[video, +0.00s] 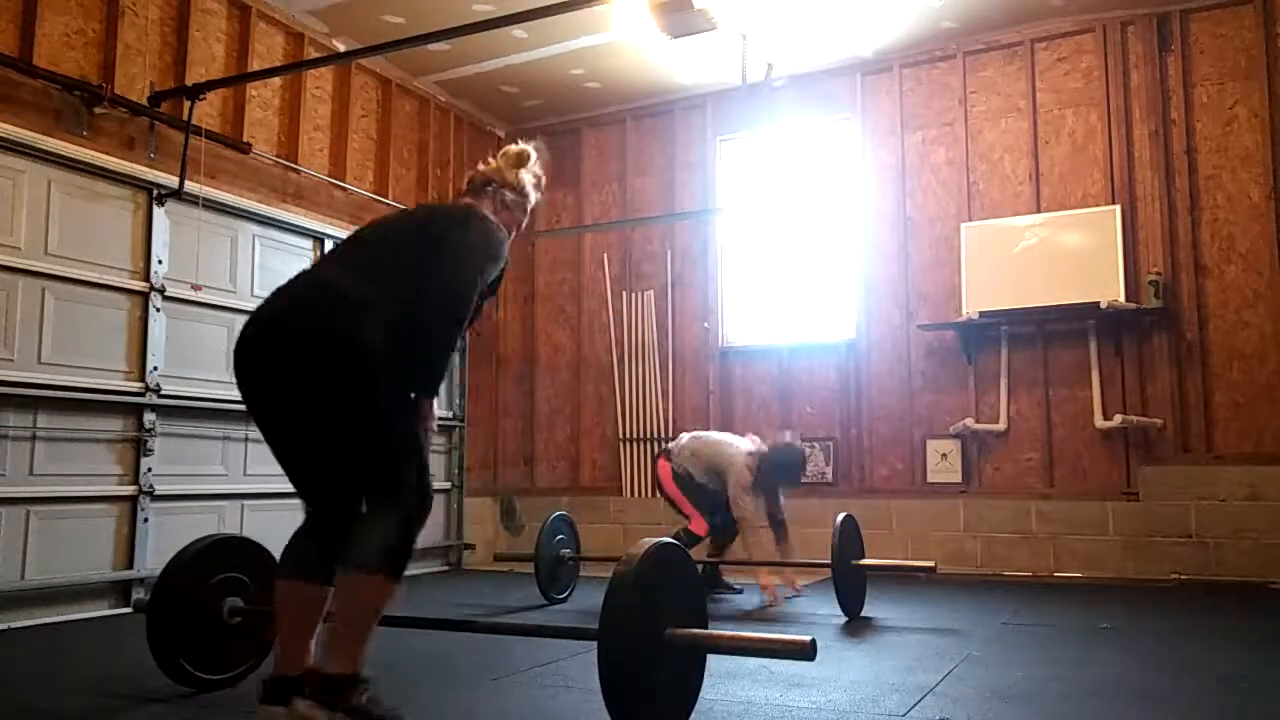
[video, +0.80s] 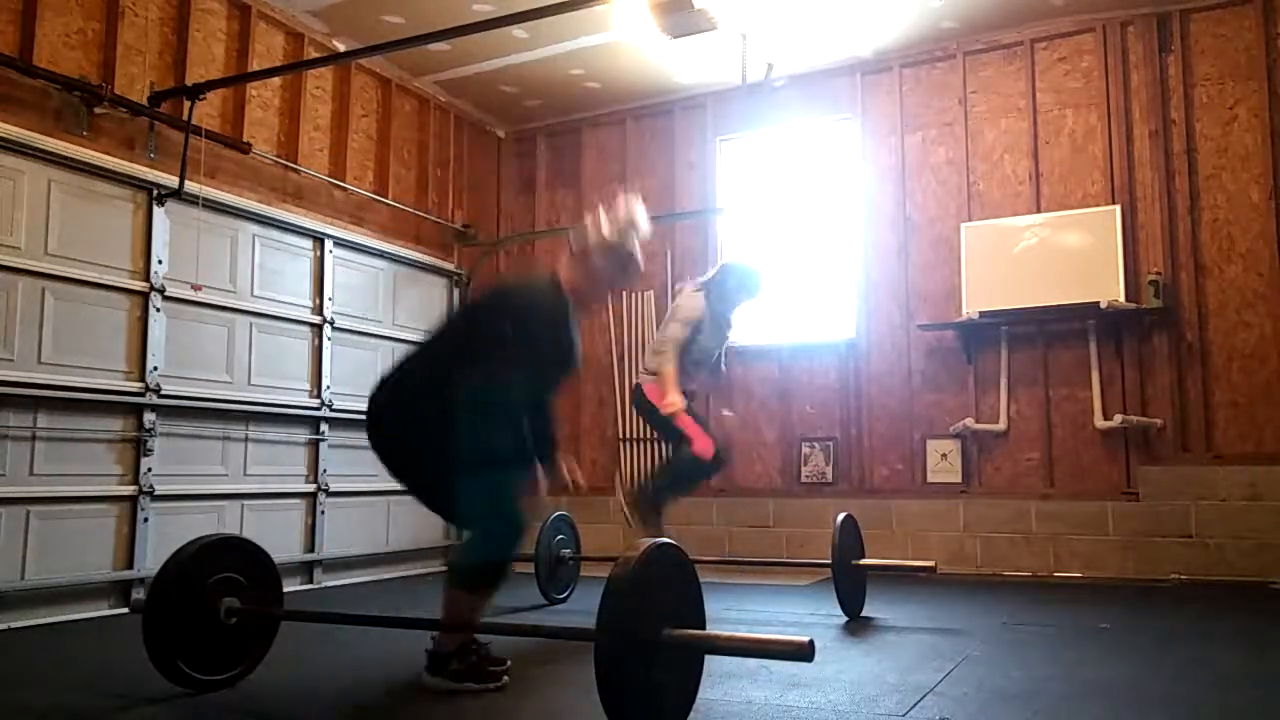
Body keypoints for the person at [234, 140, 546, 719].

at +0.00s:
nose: (511, 229)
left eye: (516, 220)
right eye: (514, 218)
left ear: (466, 194)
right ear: (505, 206)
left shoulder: (410, 221)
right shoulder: (486, 234)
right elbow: (440, 314)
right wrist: (425, 400)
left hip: (269, 345)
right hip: (347, 358)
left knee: (330, 505)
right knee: (401, 499)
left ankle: (286, 678)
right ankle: (336, 680)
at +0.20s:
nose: (516, 222)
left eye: (519, 210)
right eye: (518, 210)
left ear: (463, 191)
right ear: (506, 203)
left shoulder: (422, 231)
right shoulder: (473, 250)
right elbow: (438, 335)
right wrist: (440, 414)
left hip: (295, 385)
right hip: (358, 397)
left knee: (369, 537)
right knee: (416, 533)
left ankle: (267, 674)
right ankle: (321, 697)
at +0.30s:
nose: (522, 166)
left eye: (524, 155)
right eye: (523, 153)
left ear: (468, 132)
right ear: (511, 146)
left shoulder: (432, 183)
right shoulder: (472, 196)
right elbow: (449, 297)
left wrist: (483, 305)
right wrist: (439, 356)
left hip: (331, 350)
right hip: (381, 365)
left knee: (366, 520)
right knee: (393, 521)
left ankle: (273, 664)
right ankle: (325, 686)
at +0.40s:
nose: (536, 134)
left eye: (541, 124)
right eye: (537, 120)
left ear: (490, 96)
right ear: (512, 103)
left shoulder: (445, 136)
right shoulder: (483, 148)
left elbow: (432, 236)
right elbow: (453, 239)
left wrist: (490, 272)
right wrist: (464, 316)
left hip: (357, 302)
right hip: (401, 312)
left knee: (389, 451)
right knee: (422, 447)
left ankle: (312, 593)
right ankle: (338, 584)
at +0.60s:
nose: (577, 169)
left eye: (586, 157)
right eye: (582, 151)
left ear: (549, 128)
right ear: (556, 131)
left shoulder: (505, 180)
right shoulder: (500, 181)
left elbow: (479, 274)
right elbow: (470, 274)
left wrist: (509, 333)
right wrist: (493, 342)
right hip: (396, 316)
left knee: (483, 413)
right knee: (483, 416)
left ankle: (376, 499)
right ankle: (374, 500)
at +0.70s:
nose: (602, 211)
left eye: (608, 200)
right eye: (603, 194)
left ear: (560, 170)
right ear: (575, 176)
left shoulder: (520, 222)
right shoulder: (523, 229)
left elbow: (489, 312)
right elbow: (482, 315)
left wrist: (524, 372)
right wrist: (519, 375)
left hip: (402, 356)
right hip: (421, 362)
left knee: (473, 469)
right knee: (477, 472)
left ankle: (447, 604)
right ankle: (447, 608)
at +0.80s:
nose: (607, 297)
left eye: (615, 288)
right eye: (607, 282)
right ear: (583, 261)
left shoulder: (553, 315)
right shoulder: (536, 309)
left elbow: (536, 396)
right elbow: (501, 399)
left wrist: (550, 458)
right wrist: (529, 465)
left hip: (474, 418)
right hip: (446, 420)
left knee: (499, 524)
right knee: (498, 526)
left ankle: (458, 643)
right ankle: (449, 651)